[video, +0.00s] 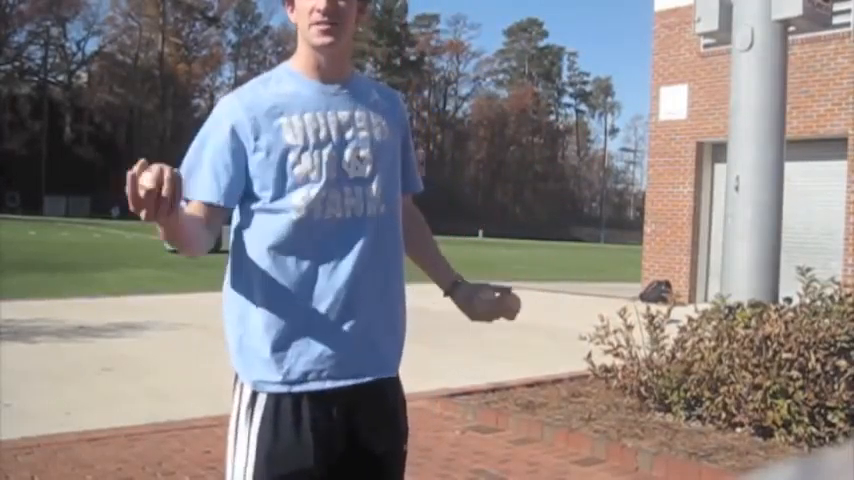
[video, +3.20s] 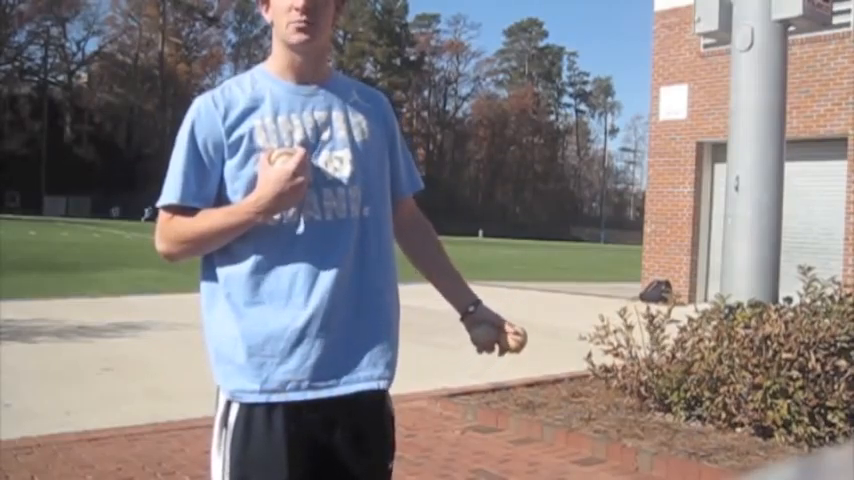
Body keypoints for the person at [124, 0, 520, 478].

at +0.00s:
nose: (327, 6)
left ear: (362, 11)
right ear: (292, 10)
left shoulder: (388, 107)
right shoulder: (244, 111)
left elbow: (401, 209)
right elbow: (198, 237)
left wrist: (458, 288)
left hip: (375, 375)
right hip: (282, 381)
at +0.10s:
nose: (322, 7)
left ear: (358, 10)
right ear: (287, 10)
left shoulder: (386, 104)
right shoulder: (240, 108)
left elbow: (412, 202)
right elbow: (177, 221)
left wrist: (475, 261)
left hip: (372, 373)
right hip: (277, 381)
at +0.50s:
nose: (339, 3)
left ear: (358, 10)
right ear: (280, 8)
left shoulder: (376, 99)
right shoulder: (223, 107)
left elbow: (406, 198)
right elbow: (170, 211)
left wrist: (481, 239)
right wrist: (123, 249)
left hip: (368, 379)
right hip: (271, 386)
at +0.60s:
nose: (346, 4)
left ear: (357, 10)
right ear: (284, 7)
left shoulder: (374, 100)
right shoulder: (221, 108)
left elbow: (397, 204)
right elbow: (176, 223)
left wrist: (440, 241)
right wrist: (183, 258)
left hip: (365, 373)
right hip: (267, 380)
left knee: (375, 469)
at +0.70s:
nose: (344, 5)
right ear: (282, 7)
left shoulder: (372, 99)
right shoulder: (222, 107)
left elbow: (401, 207)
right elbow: (181, 228)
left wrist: (404, 240)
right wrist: (238, 257)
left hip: (364, 377)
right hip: (267, 383)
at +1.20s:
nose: (300, 8)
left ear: (339, 10)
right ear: (269, 10)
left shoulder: (377, 108)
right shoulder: (220, 112)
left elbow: (406, 212)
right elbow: (174, 235)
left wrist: (456, 284)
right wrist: (250, 225)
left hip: (360, 381)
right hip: (260, 385)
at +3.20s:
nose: (305, 7)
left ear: (339, 10)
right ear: (266, 9)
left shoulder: (373, 109)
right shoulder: (216, 111)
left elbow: (408, 219)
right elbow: (169, 239)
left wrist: (472, 310)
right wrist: (260, 203)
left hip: (360, 383)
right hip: (261, 388)